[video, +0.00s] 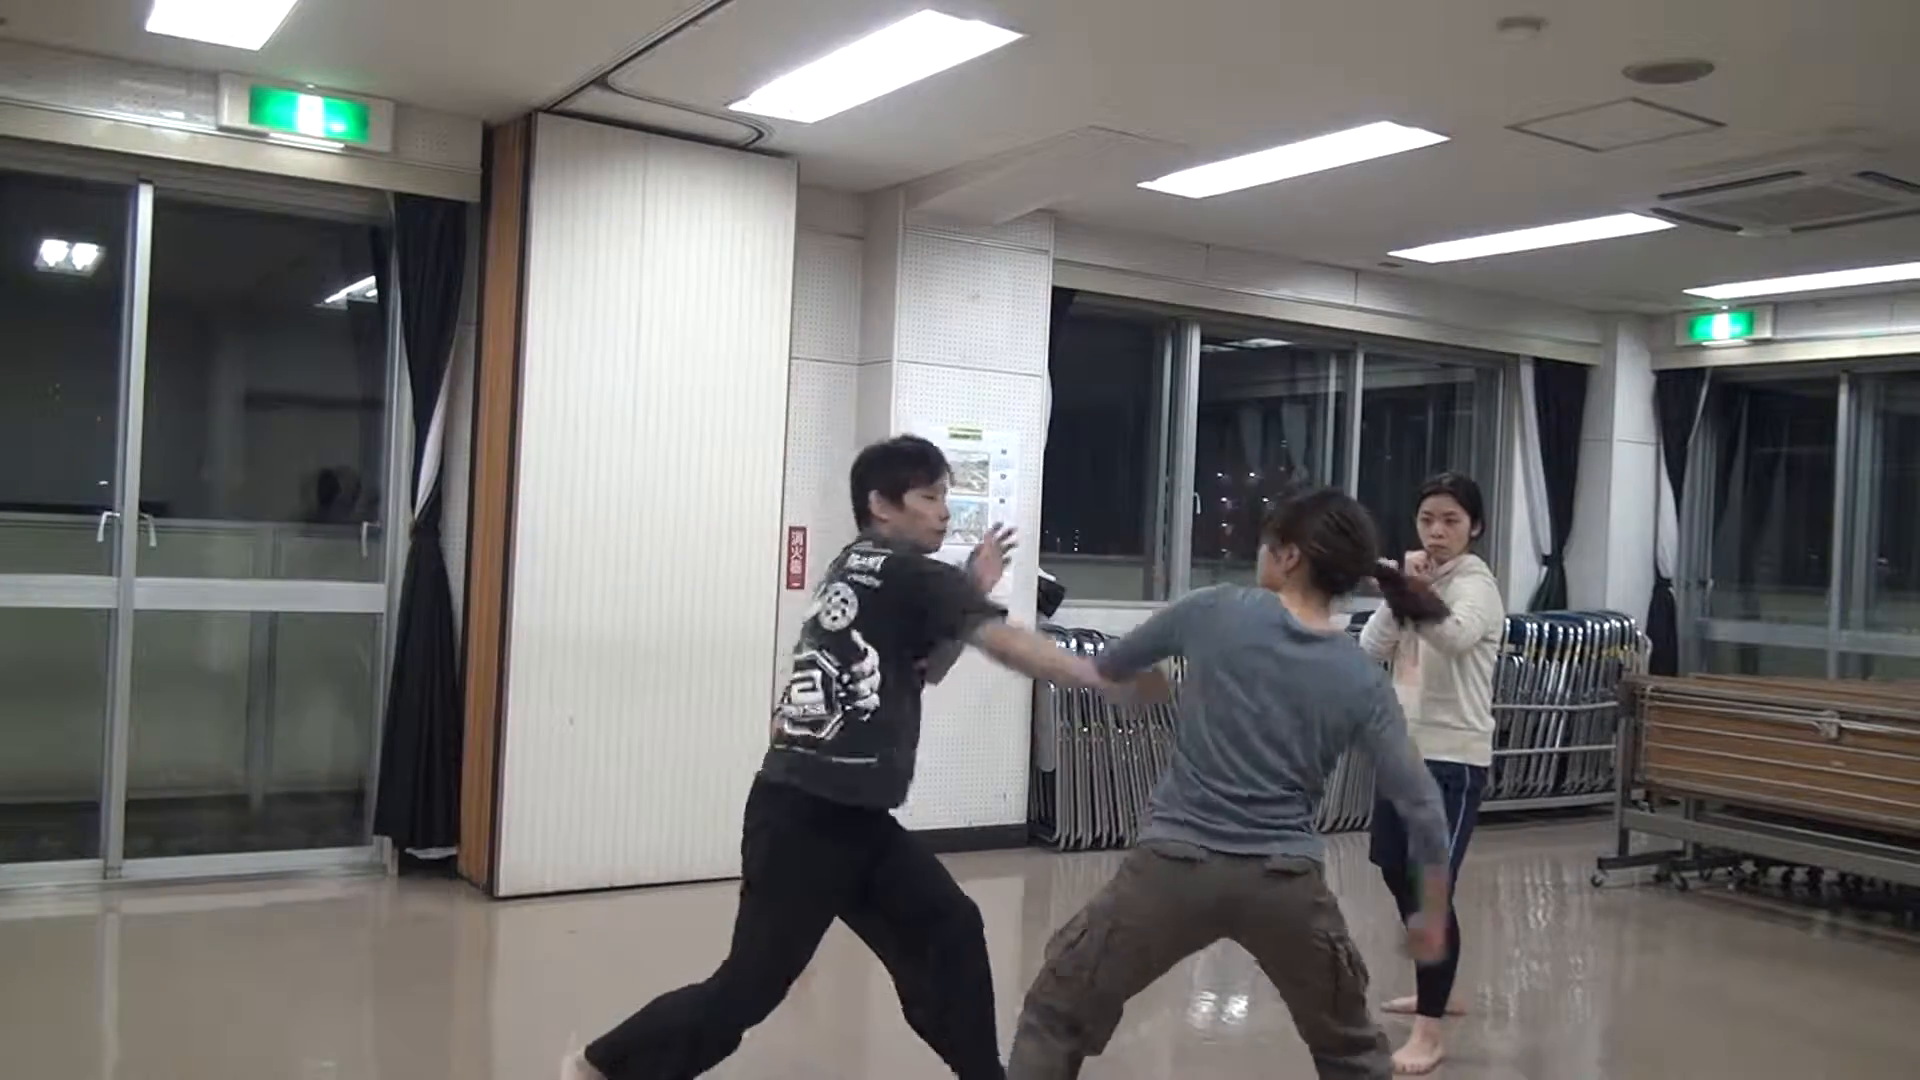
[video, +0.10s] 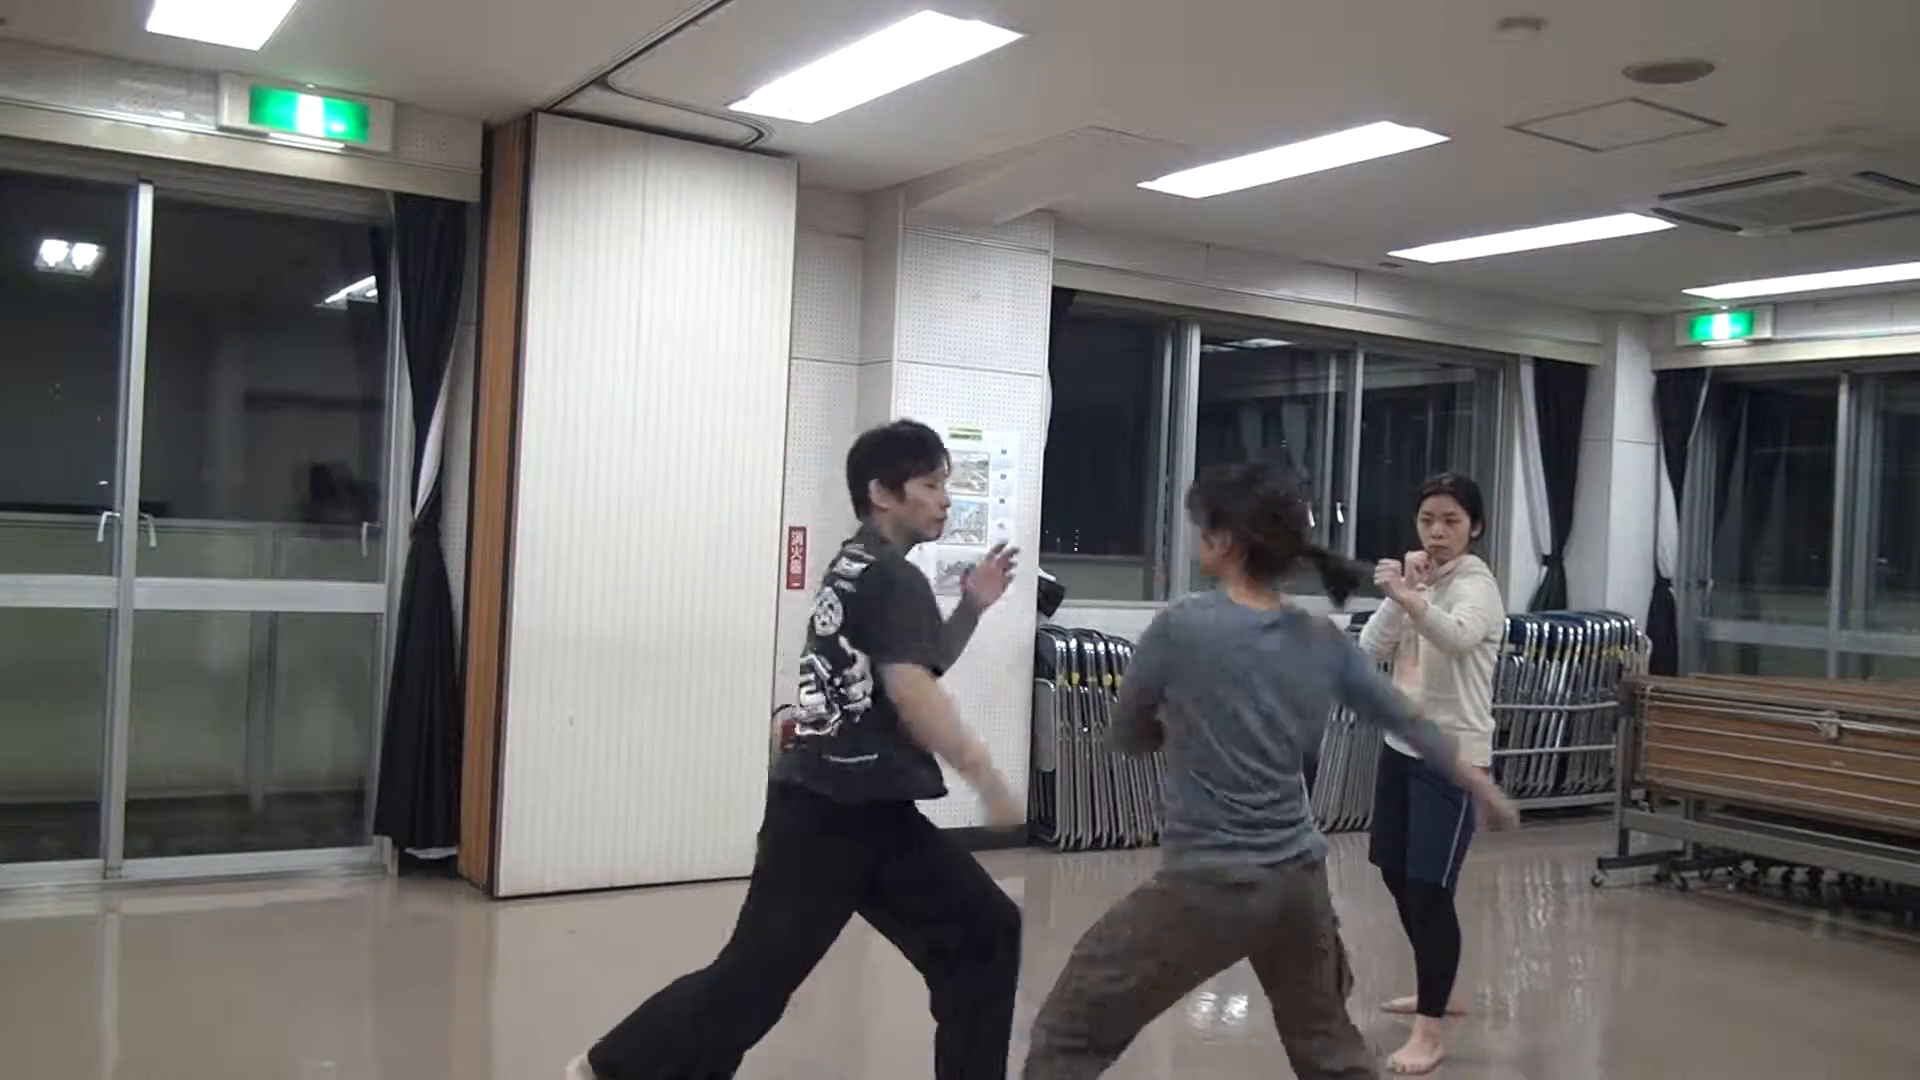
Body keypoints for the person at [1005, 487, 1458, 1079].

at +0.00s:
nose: (1260, 555)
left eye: (1268, 546)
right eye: (1267, 544)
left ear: (1291, 559)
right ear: (1345, 573)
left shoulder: (1213, 612)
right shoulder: (1361, 679)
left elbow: (1111, 660)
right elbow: (1422, 805)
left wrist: (1161, 687)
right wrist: (1434, 912)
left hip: (1172, 870)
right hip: (1284, 885)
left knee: (1054, 1019)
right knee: (1350, 1045)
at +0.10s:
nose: (1196, 545)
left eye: (1201, 531)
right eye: (1199, 530)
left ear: (1227, 542)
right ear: (1285, 543)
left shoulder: (1180, 624)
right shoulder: (1321, 638)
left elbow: (1127, 732)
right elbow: (1407, 720)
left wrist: (1193, 721)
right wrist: (1476, 782)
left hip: (1204, 891)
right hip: (1297, 889)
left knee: (1067, 1037)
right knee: (1329, 1046)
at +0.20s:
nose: (1152, 550)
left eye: (1158, 537)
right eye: (1156, 536)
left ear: (1188, 550)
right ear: (1231, 546)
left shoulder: (1208, 646)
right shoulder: (1276, 626)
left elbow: (1167, 780)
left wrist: (1136, 764)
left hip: (1230, 885)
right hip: (1293, 872)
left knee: (1091, 1029)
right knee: (1315, 1038)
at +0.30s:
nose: (1163, 560)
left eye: (1175, 547)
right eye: (1166, 546)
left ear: (1220, 558)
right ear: (1221, 558)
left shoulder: (1265, 643)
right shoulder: (1232, 612)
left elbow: (1237, 740)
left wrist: (1194, 807)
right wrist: (1048, 507)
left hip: (1247, 881)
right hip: (1276, 871)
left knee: (1103, 1023)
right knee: (1314, 1039)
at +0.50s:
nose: (1147, 634)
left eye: (1154, 620)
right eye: (1148, 619)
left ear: (1196, 629)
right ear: (1196, 629)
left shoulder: (1293, 688)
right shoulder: (1183, 706)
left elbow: (1428, 725)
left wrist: (1373, 821)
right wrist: (1169, 794)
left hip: (1256, 937)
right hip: (1224, 926)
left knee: (1069, 1019)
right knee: (1267, 1066)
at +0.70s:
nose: (1188, 570)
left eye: (1196, 556)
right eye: (1189, 556)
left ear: (1236, 565)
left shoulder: (1197, 648)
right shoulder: (1344, 626)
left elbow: (1080, 619)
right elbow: (1403, 732)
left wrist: (1096, 523)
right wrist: (1333, 719)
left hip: (1223, 882)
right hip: (1304, 876)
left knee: (1093, 1036)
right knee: (1343, 1041)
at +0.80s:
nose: (1220, 528)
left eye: (1232, 517)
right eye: (1227, 515)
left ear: (1268, 535)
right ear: (1293, 535)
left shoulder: (1203, 579)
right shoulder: (1353, 618)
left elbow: (1141, 464)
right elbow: (1372, 732)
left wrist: (1123, 357)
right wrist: (1310, 693)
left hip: (1240, 855)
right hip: (1325, 850)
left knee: (1121, 1043)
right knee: (1374, 1036)